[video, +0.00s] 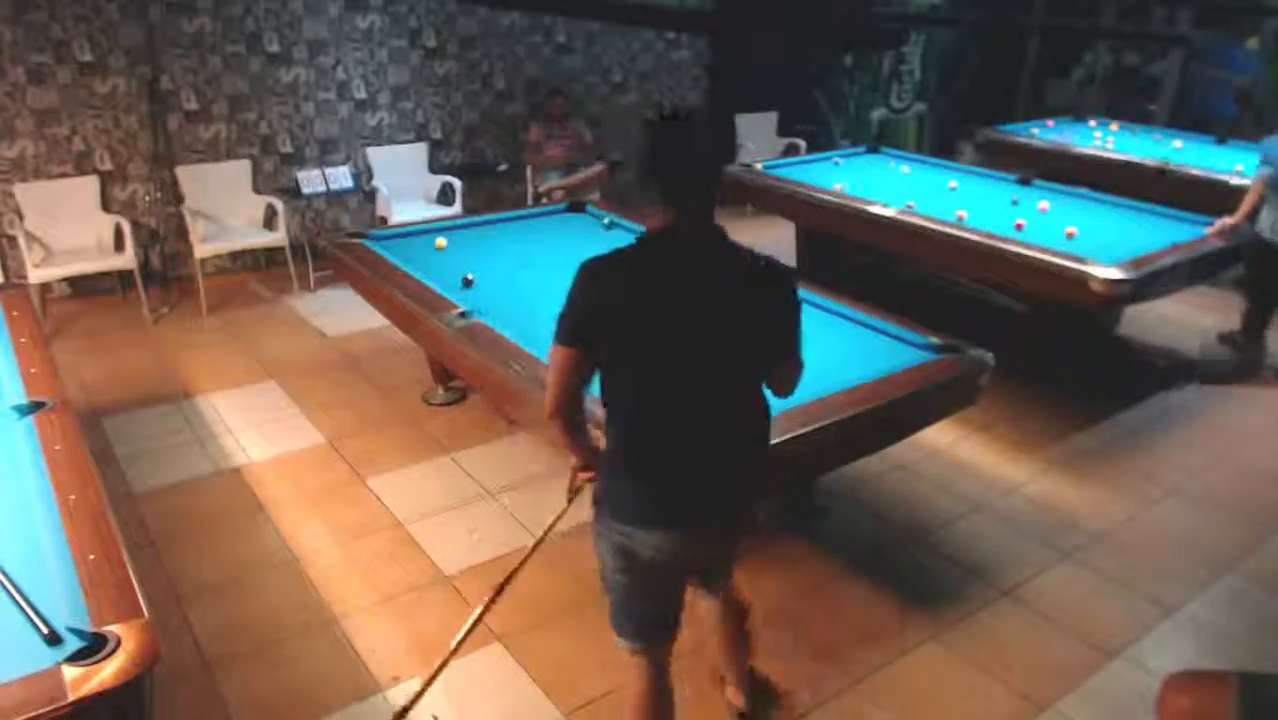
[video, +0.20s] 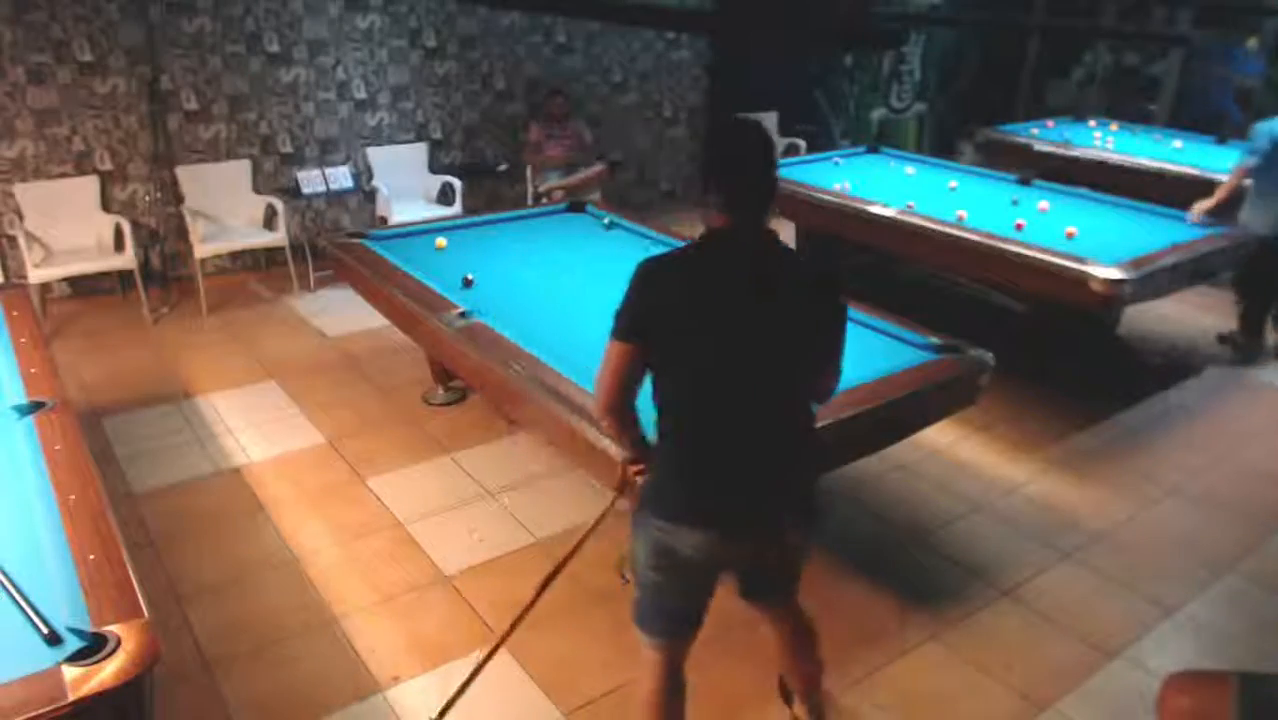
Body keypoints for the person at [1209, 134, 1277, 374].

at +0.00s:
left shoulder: (1271, 148)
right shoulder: (1270, 147)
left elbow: (1262, 181)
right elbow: (1262, 180)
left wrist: (1238, 217)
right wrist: (1239, 217)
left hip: (1269, 235)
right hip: (1267, 234)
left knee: (1261, 292)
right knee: (1260, 290)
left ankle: (1252, 341)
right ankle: (1249, 334)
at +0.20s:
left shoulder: (1266, 131)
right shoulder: (1265, 131)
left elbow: (1239, 175)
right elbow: (1241, 175)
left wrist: (1210, 203)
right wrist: (1215, 201)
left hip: (1262, 230)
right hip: (1264, 229)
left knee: (1253, 288)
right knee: (1255, 286)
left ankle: (1250, 340)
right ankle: (1248, 334)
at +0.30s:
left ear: (1266, 93)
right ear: (1270, 95)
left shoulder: (1263, 128)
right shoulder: (1263, 127)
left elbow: (1233, 171)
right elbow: (1234, 170)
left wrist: (1194, 193)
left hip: (1256, 220)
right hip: (1263, 219)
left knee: (1241, 275)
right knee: (1258, 276)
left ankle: (1250, 334)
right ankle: (1252, 331)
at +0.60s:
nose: (1221, 87)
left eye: (1227, 82)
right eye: (1226, 81)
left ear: (1238, 85)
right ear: (1263, 86)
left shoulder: (1233, 121)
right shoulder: (1271, 120)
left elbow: (1210, 161)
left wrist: (1180, 182)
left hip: (1224, 203)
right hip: (1256, 201)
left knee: (1224, 267)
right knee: (1204, 255)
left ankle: (1245, 326)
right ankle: (1181, 304)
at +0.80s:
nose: (1202, 84)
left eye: (1206, 79)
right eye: (1204, 77)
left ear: (1217, 81)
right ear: (1236, 80)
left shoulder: (1212, 114)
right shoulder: (1254, 114)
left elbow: (1187, 152)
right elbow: (1256, 151)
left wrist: (1146, 167)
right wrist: (1234, 162)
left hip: (1201, 186)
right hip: (1230, 187)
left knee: (1180, 239)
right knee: (1204, 242)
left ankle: (1207, 296)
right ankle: (1179, 301)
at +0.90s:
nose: (1202, 82)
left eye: (1205, 77)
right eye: (1203, 76)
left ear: (1212, 79)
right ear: (1230, 78)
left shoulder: (1209, 112)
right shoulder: (1243, 111)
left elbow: (1177, 141)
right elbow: (1238, 147)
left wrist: (1136, 160)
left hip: (1191, 184)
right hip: (1218, 185)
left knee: (1167, 235)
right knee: (1192, 241)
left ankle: (1174, 298)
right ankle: (1181, 298)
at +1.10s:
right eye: (1221, 69)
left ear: (1187, 75)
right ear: (1211, 75)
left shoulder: (1184, 108)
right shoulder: (1215, 105)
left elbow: (1156, 130)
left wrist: (1126, 151)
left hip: (1174, 181)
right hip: (1202, 181)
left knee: (1150, 228)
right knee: (1185, 237)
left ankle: (1171, 295)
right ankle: (1179, 297)